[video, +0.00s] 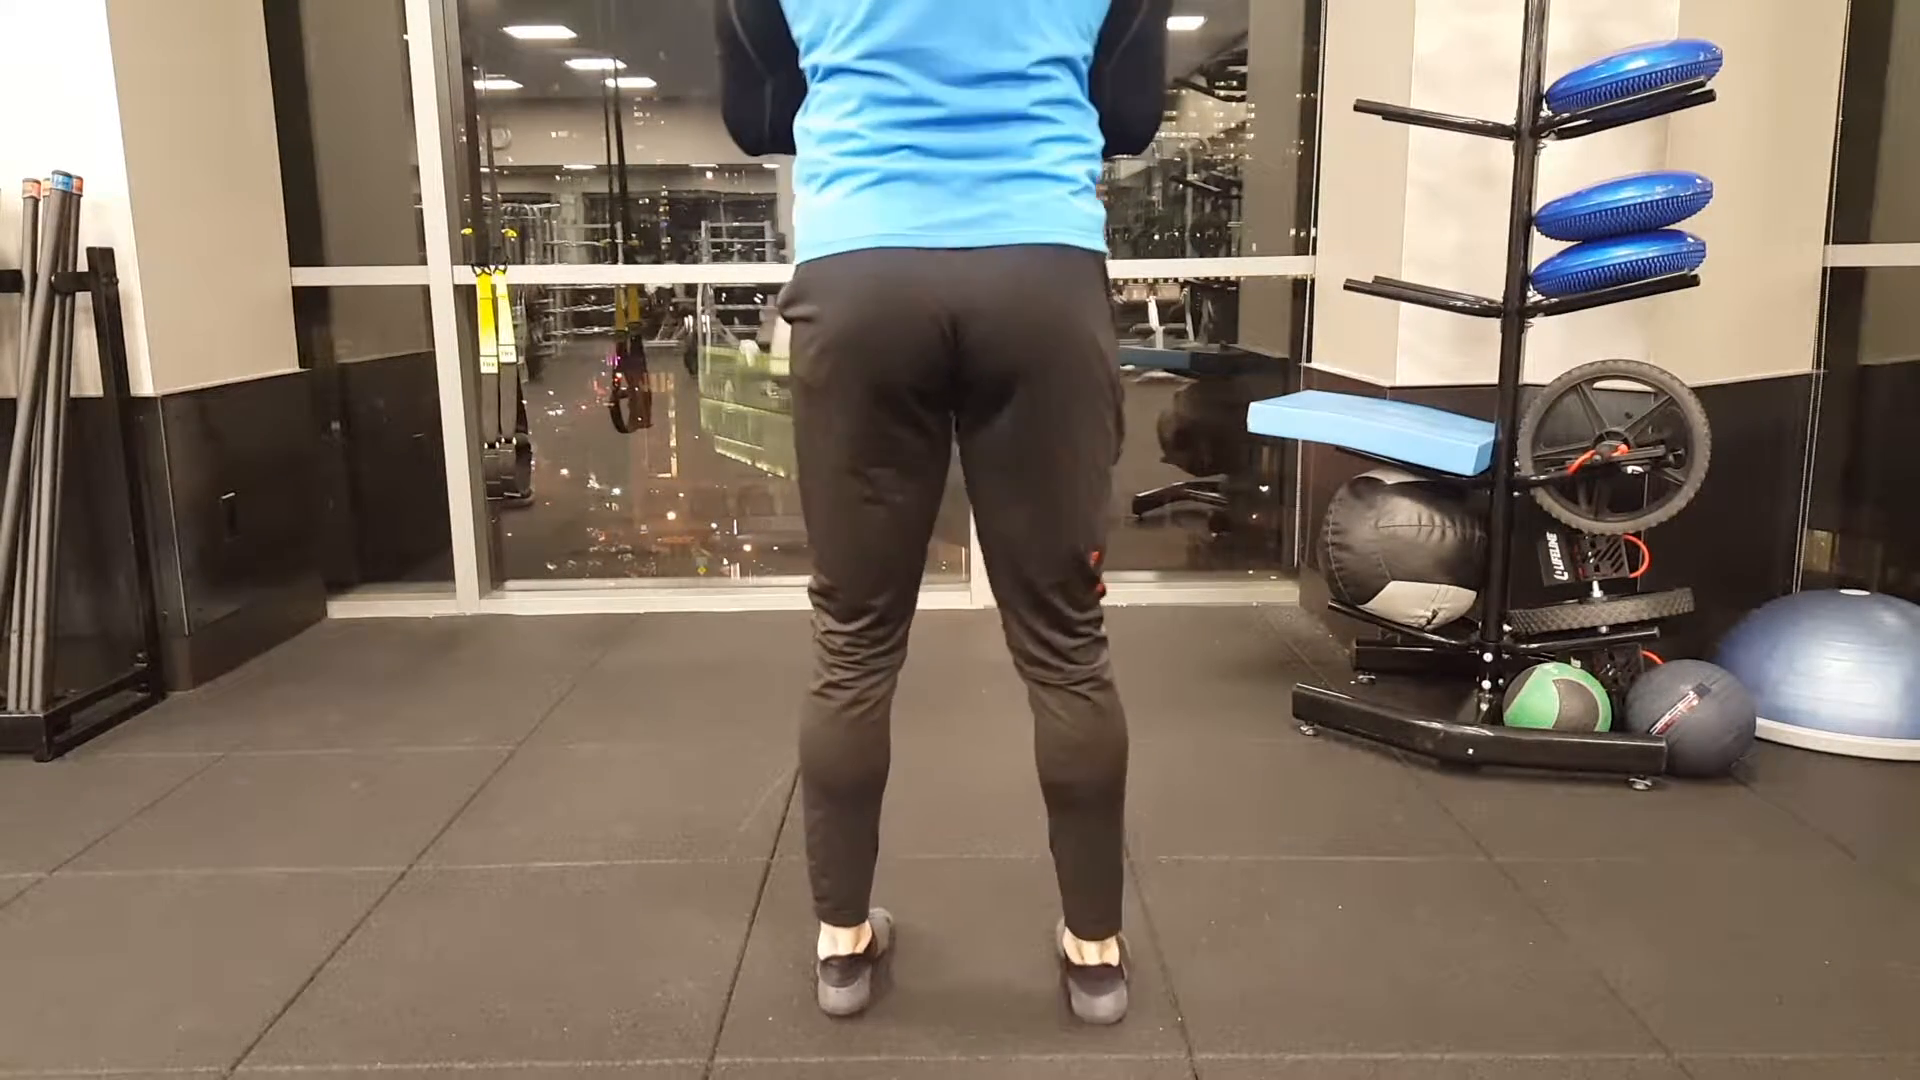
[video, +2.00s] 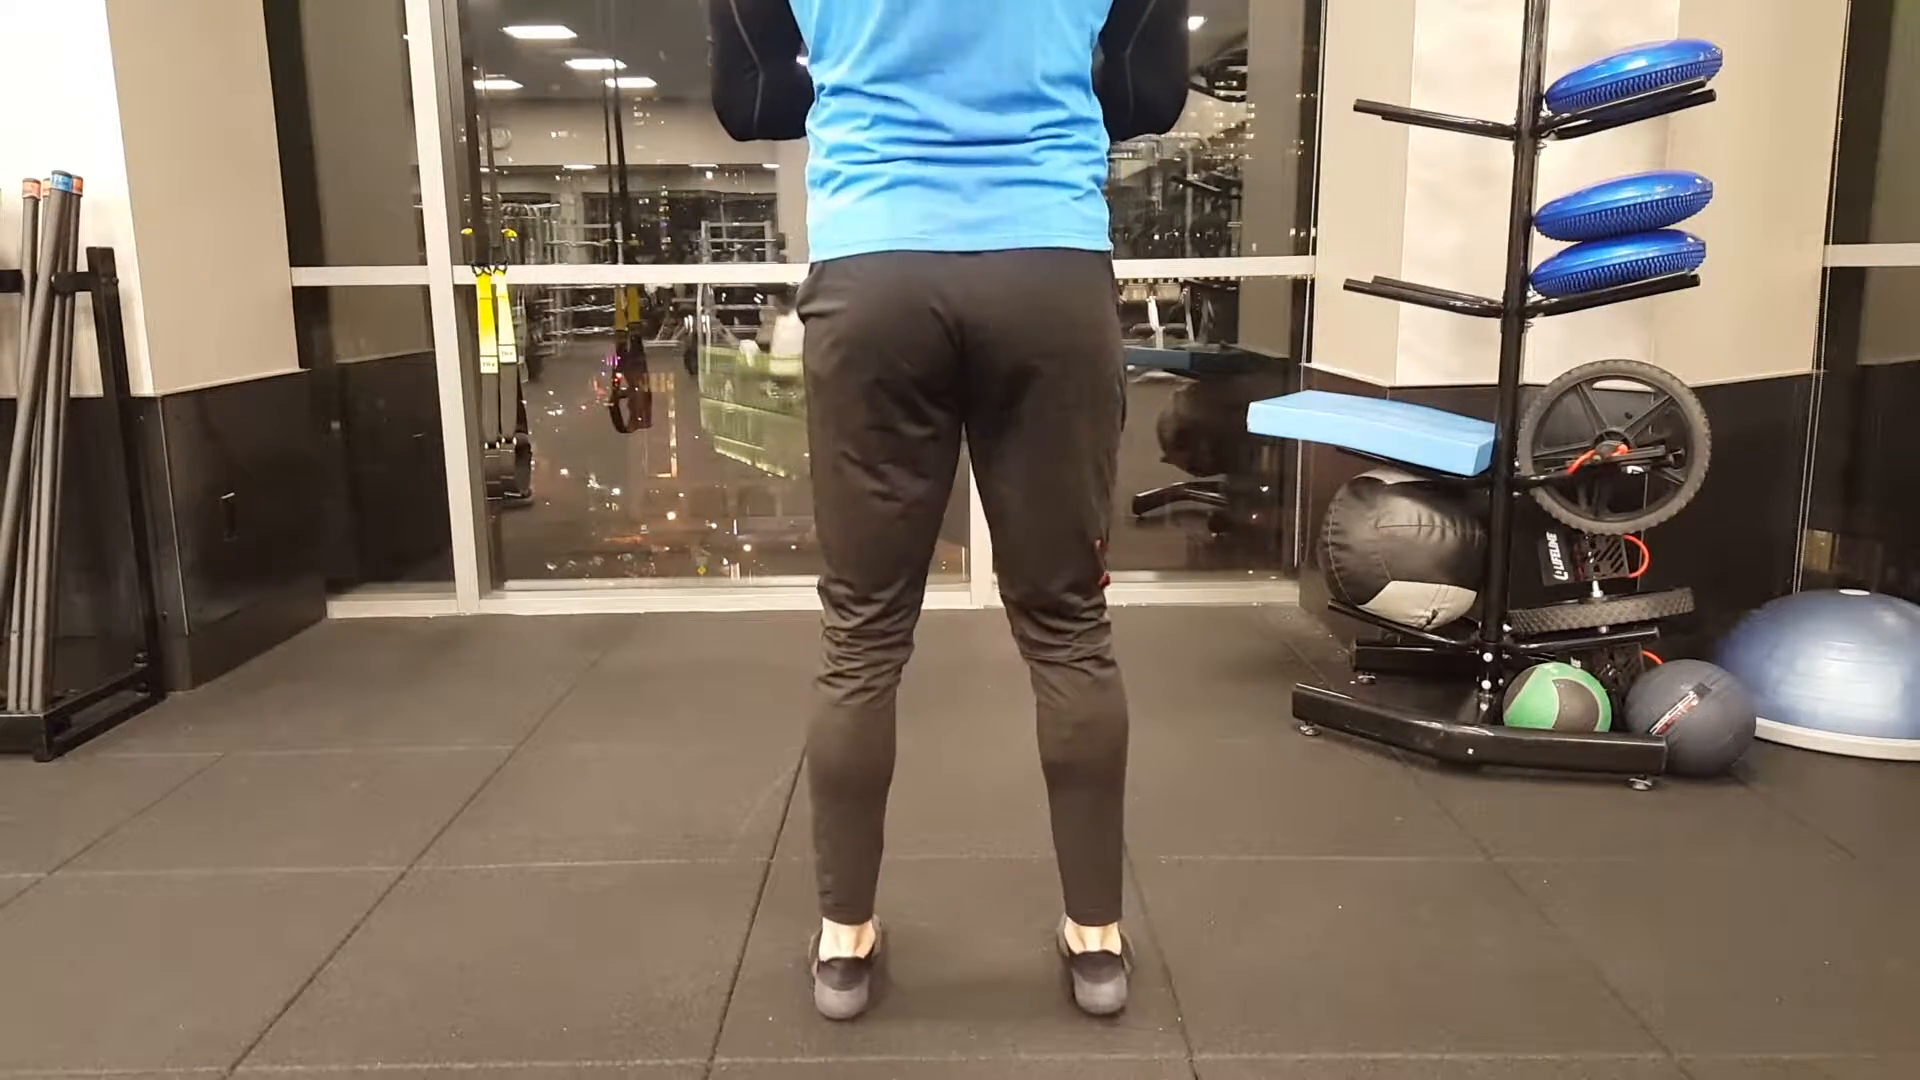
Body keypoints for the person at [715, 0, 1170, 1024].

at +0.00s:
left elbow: (757, 119)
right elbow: (1129, 121)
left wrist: (889, 98)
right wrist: (999, 98)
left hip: (859, 267)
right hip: (1043, 266)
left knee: (853, 638)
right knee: (1064, 636)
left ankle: (842, 949)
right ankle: (1096, 960)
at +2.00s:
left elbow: (751, 104)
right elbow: (1149, 97)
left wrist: (878, 86)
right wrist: (1021, 100)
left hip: (871, 266)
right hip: (1052, 267)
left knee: (861, 631)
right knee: (1066, 619)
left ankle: (845, 947)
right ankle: (1096, 945)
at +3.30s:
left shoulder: (764, 9)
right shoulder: (1129, 9)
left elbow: (783, 229)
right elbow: (1128, 225)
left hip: (847, 410)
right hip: (1070, 409)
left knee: (820, 665)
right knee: (1104, 663)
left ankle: (836, 953)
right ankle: (1106, 955)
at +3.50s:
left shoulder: (775, 83)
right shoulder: (1128, 68)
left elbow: (780, 289)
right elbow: (1118, 286)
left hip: (843, 560)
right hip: (1076, 560)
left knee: (798, 671)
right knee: (1122, 666)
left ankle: (835, 951)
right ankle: (1106, 953)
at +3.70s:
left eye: (909, 79)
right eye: (1010, 78)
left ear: (885, 87)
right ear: (1025, 85)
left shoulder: (784, 220)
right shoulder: (1127, 207)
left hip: (850, 724)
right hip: (1062, 726)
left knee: (774, 612)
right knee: (1148, 613)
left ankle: (833, 947)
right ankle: (1107, 951)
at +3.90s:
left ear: (893, 234)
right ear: (1026, 234)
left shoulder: (800, 375)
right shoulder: (1113, 366)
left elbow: (827, 330)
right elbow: (1107, 316)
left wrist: (867, 230)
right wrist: (1055, 213)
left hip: (867, 885)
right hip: (1055, 884)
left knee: (777, 611)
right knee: (1144, 607)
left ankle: (833, 939)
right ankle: (1109, 938)